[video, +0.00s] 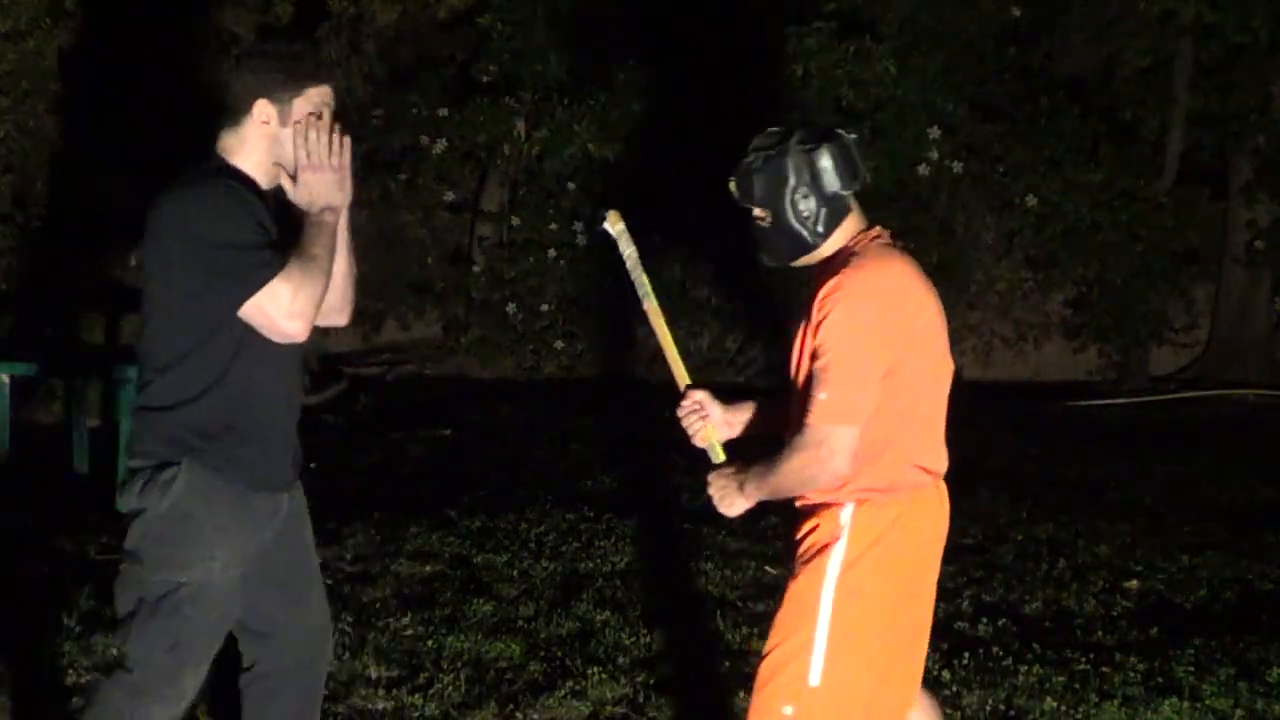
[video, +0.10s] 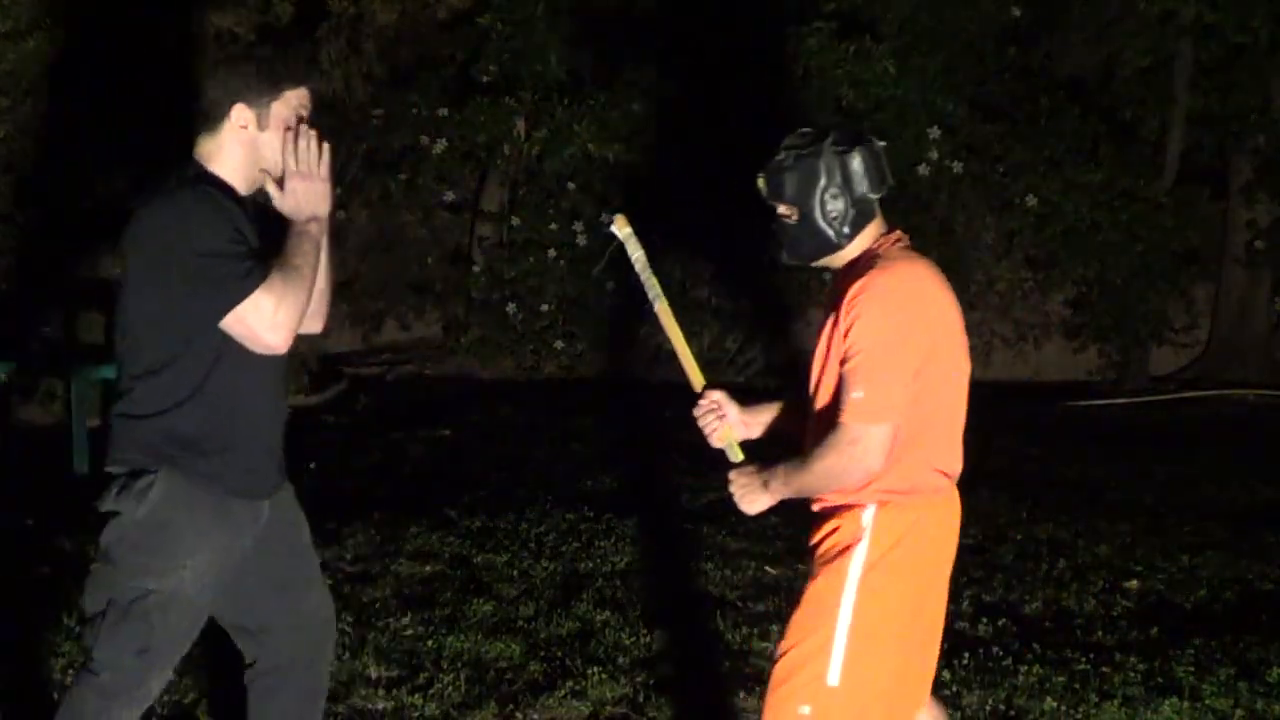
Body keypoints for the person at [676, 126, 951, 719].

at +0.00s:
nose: (756, 223)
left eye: (762, 208)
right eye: (754, 209)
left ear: (799, 206)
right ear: (827, 195)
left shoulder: (858, 290)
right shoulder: (875, 274)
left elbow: (828, 455)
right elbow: (828, 407)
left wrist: (749, 484)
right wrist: (737, 418)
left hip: (865, 527)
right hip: (887, 519)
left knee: (797, 703)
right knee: (884, 689)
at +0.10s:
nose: (780, 225)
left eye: (789, 211)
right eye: (779, 211)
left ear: (830, 208)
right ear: (846, 204)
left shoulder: (886, 291)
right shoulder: (877, 282)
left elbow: (863, 446)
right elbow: (842, 408)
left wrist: (774, 482)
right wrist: (751, 420)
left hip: (884, 530)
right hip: (889, 524)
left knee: (810, 703)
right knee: (894, 698)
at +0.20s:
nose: (804, 223)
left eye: (813, 209)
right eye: (802, 208)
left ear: (855, 207)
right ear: (870, 203)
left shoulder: (913, 289)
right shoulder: (882, 284)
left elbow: (887, 442)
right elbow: (854, 408)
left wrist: (795, 478)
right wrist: (766, 419)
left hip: (911, 528)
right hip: (883, 521)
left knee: (840, 701)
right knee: (895, 698)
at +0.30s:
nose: (825, 220)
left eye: (835, 204)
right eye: (823, 204)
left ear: (876, 202)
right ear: (886, 202)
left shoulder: (928, 282)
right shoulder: (901, 280)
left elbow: (904, 432)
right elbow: (867, 407)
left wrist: (813, 474)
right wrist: (781, 421)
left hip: (922, 527)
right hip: (894, 521)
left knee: (849, 700)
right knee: (894, 704)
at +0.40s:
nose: (841, 208)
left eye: (852, 192)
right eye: (841, 192)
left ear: (893, 194)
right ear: (900, 196)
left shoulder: (937, 278)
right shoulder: (909, 277)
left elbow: (910, 423)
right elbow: (874, 406)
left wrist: (820, 474)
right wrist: (791, 425)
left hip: (920, 525)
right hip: (896, 520)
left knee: (848, 698)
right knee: (902, 701)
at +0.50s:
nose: (848, 206)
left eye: (859, 190)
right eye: (848, 190)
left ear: (901, 190)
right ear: (905, 192)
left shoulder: (929, 275)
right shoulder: (920, 273)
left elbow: (888, 412)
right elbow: (877, 414)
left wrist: (802, 476)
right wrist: (792, 441)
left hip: (909, 534)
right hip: (893, 529)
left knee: (864, 705)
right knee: (902, 703)